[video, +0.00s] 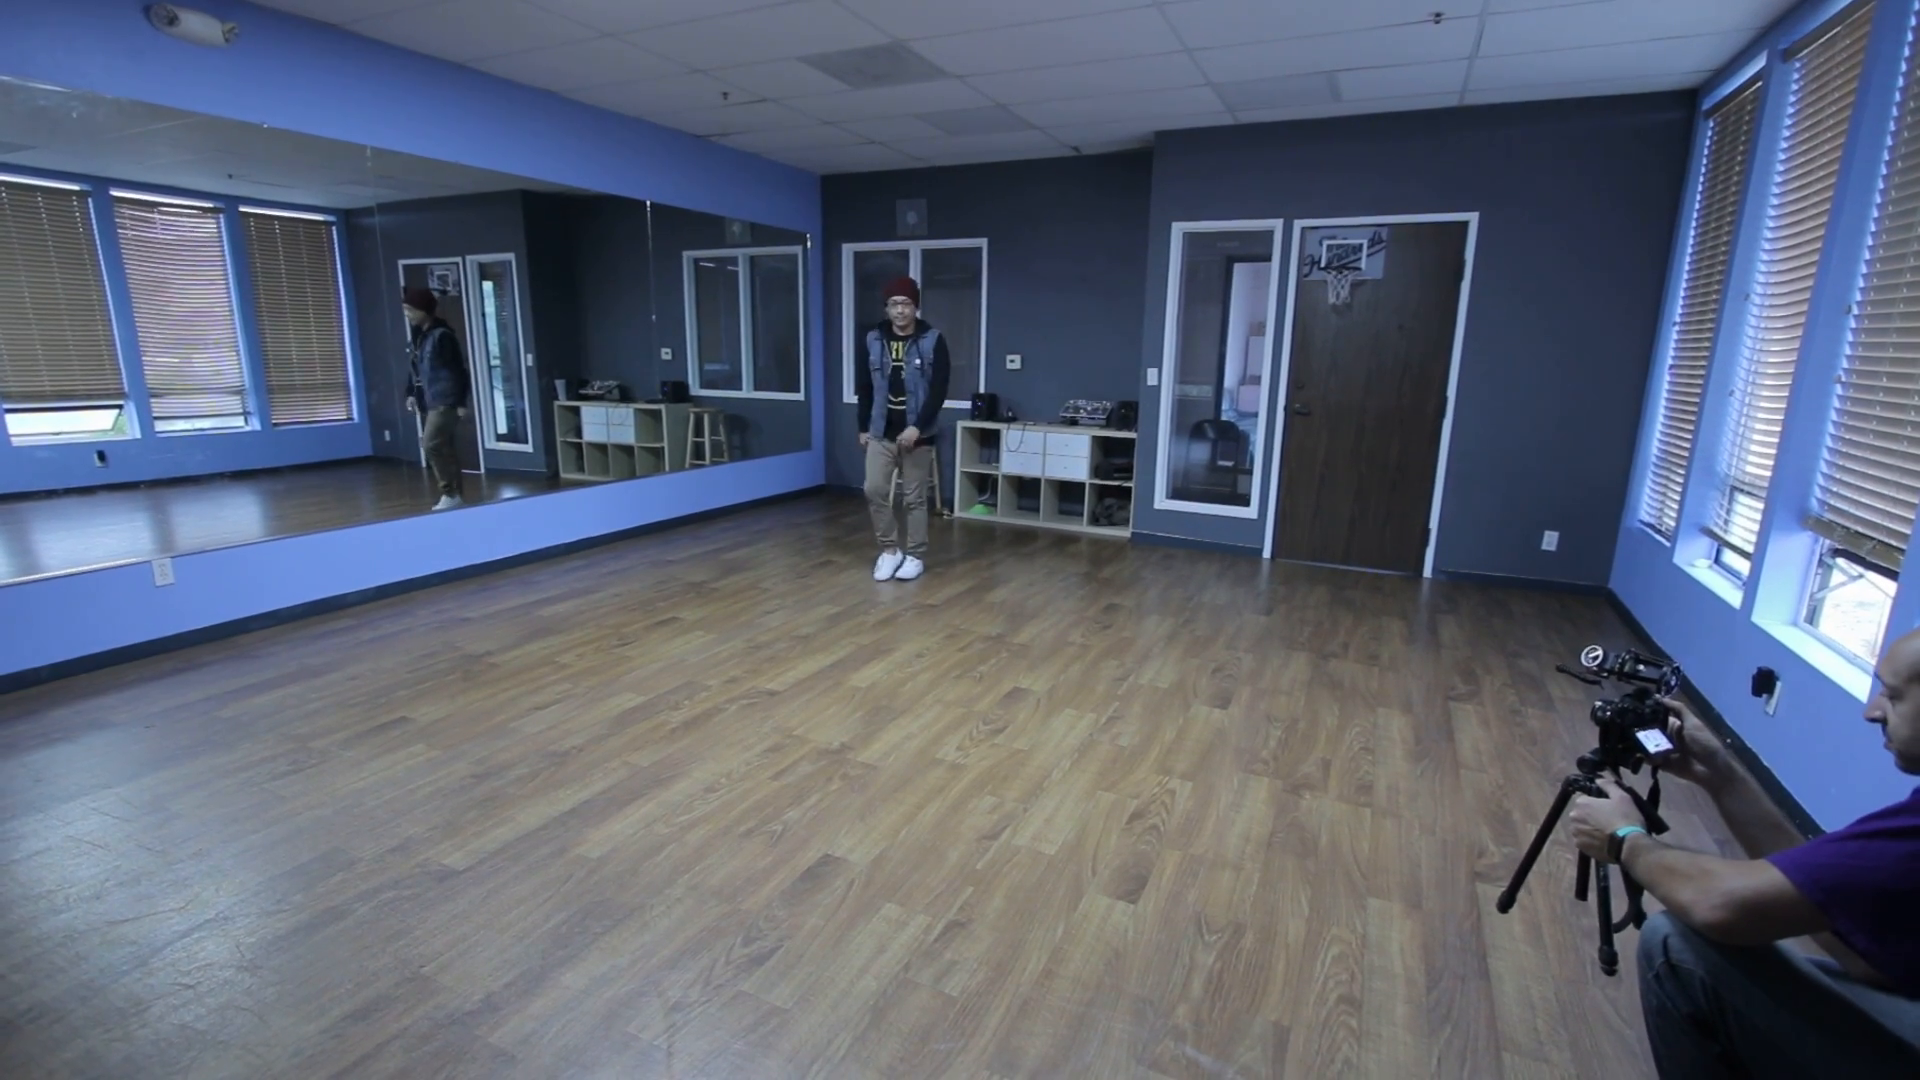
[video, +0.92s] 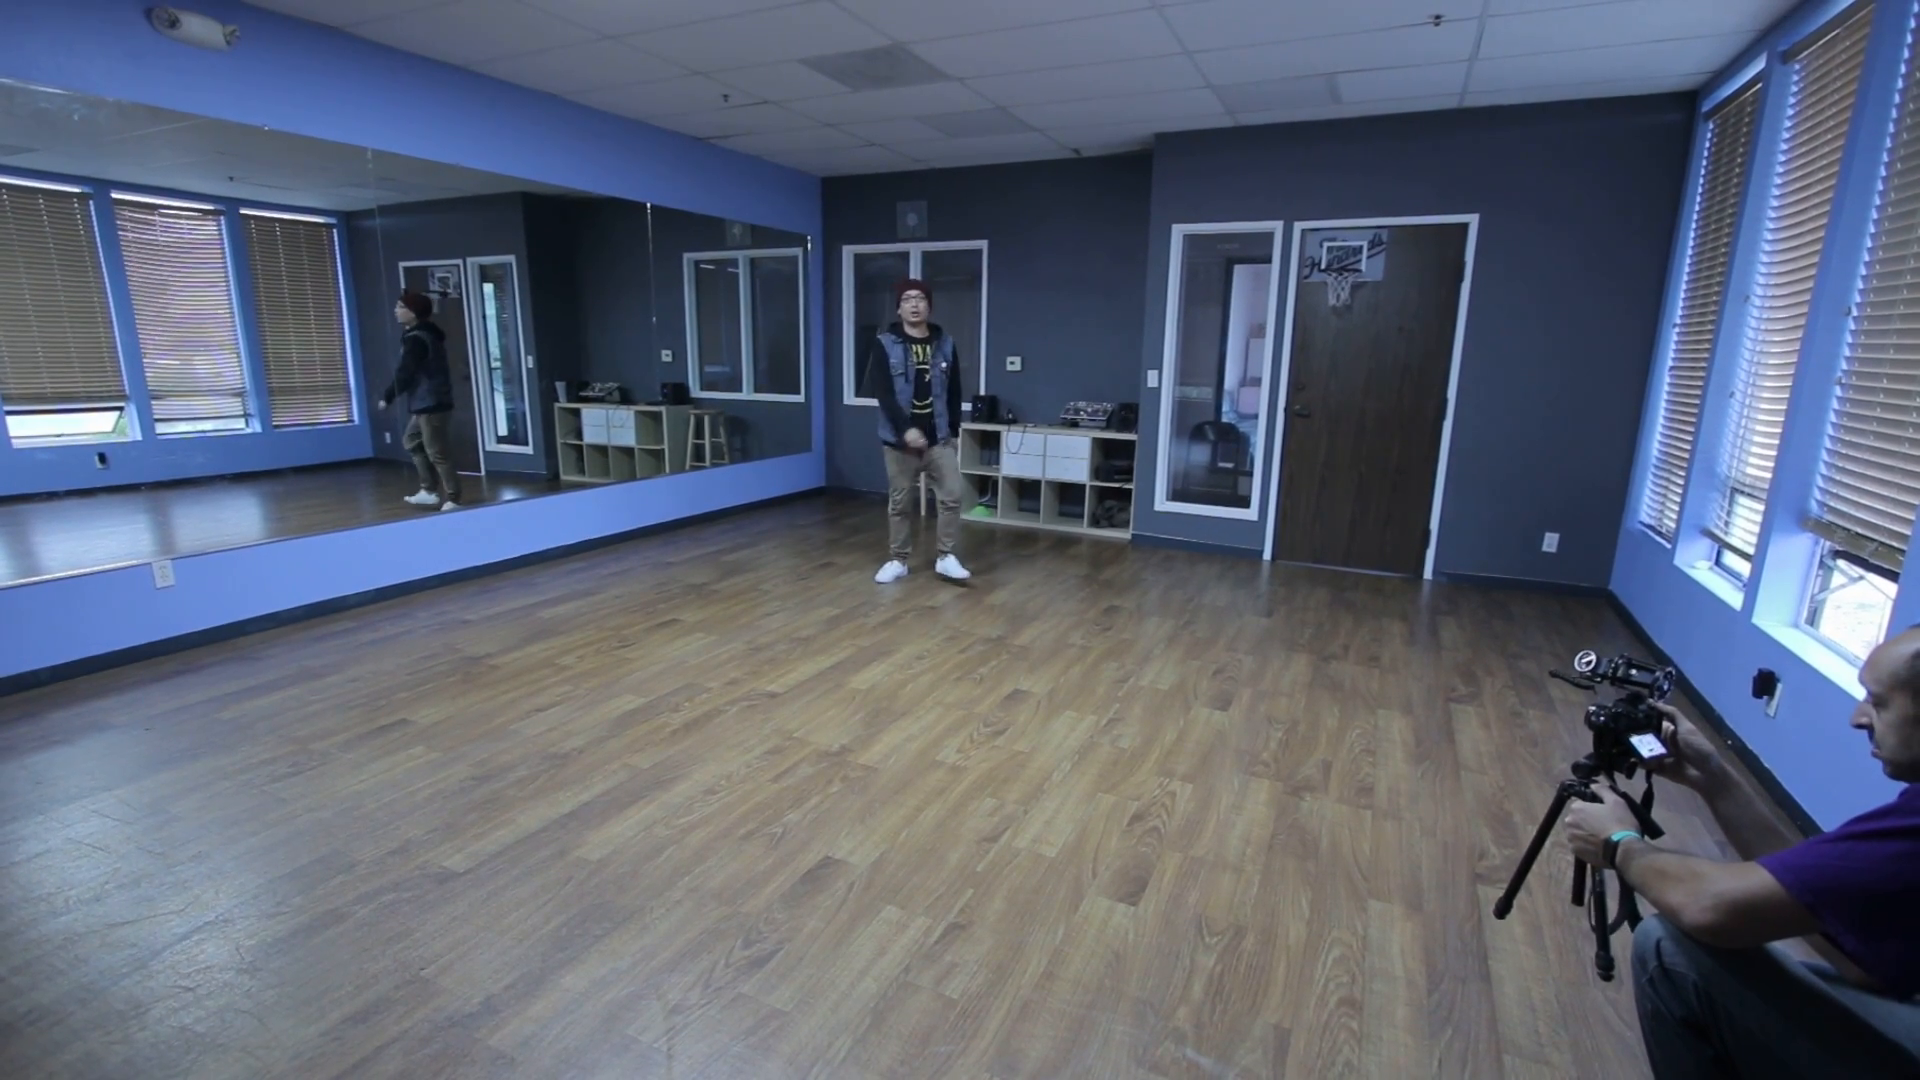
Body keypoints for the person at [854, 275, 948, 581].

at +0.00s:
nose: (899, 310)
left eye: (905, 304)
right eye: (893, 304)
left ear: (916, 307)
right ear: (886, 308)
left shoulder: (933, 341)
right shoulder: (873, 340)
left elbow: (938, 390)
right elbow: (865, 386)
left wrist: (919, 427)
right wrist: (863, 427)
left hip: (917, 433)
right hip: (879, 432)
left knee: (914, 497)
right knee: (874, 490)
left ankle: (914, 556)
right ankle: (889, 551)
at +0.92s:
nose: (914, 305)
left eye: (920, 300)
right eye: (907, 301)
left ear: (928, 306)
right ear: (899, 308)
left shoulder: (945, 344)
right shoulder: (884, 344)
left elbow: (954, 390)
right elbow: (883, 394)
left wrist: (951, 431)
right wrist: (905, 429)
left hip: (939, 437)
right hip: (900, 437)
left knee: (952, 497)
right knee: (900, 501)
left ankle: (946, 556)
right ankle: (898, 560)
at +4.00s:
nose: (808, 298)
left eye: (813, 293)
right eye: (801, 294)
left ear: (824, 301)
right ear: (791, 305)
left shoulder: (843, 341)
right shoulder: (777, 342)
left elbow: (854, 393)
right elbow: (770, 395)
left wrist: (855, 438)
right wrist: (783, 438)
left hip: (833, 440)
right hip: (796, 441)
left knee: (839, 506)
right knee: (795, 506)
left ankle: (849, 569)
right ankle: (792, 566)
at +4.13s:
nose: (805, 298)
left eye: (810, 292)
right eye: (798, 294)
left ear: (821, 300)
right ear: (789, 305)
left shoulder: (840, 341)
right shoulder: (775, 341)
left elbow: (850, 392)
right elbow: (766, 394)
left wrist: (843, 434)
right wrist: (766, 441)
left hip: (829, 439)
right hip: (791, 441)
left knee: (839, 505)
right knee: (794, 505)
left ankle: (843, 563)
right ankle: (792, 565)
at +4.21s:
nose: (810, 300)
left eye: (814, 295)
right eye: (802, 297)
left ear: (823, 303)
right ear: (792, 307)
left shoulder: (842, 343)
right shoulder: (777, 343)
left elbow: (849, 394)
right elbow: (764, 393)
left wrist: (840, 434)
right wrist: (756, 440)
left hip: (831, 437)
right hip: (793, 439)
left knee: (840, 503)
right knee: (795, 504)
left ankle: (843, 561)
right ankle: (792, 566)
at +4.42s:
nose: (845, 306)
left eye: (845, 300)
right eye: (838, 301)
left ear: (839, 306)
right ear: (818, 306)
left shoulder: (848, 344)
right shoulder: (794, 343)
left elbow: (855, 392)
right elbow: (771, 387)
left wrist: (854, 430)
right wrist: (759, 431)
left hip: (839, 437)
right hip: (805, 438)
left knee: (845, 498)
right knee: (801, 503)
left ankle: (845, 556)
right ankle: (791, 565)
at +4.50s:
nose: (856, 309)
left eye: (856, 303)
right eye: (851, 303)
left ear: (842, 308)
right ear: (833, 307)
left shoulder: (851, 343)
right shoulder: (807, 343)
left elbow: (857, 392)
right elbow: (785, 388)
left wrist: (864, 430)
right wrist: (772, 433)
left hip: (846, 439)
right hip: (815, 440)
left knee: (850, 496)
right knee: (808, 503)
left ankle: (847, 558)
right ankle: (791, 566)